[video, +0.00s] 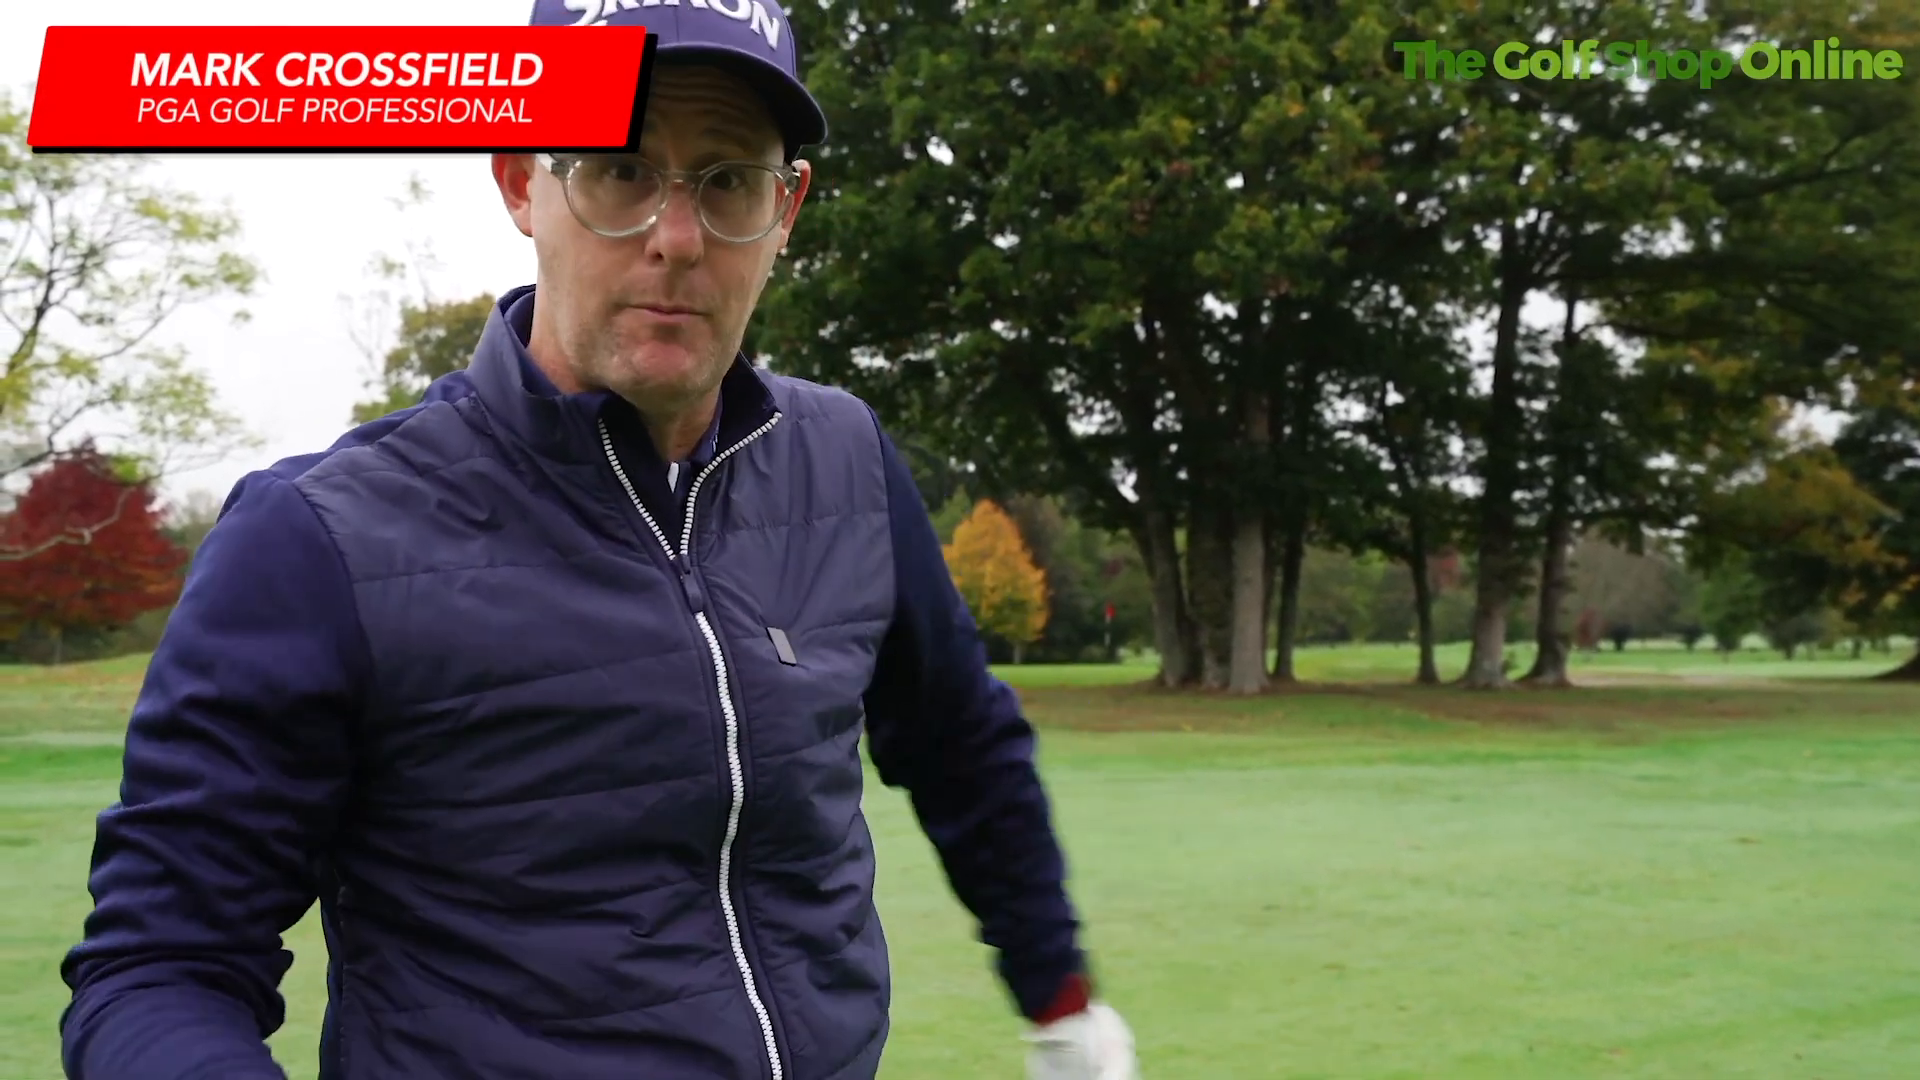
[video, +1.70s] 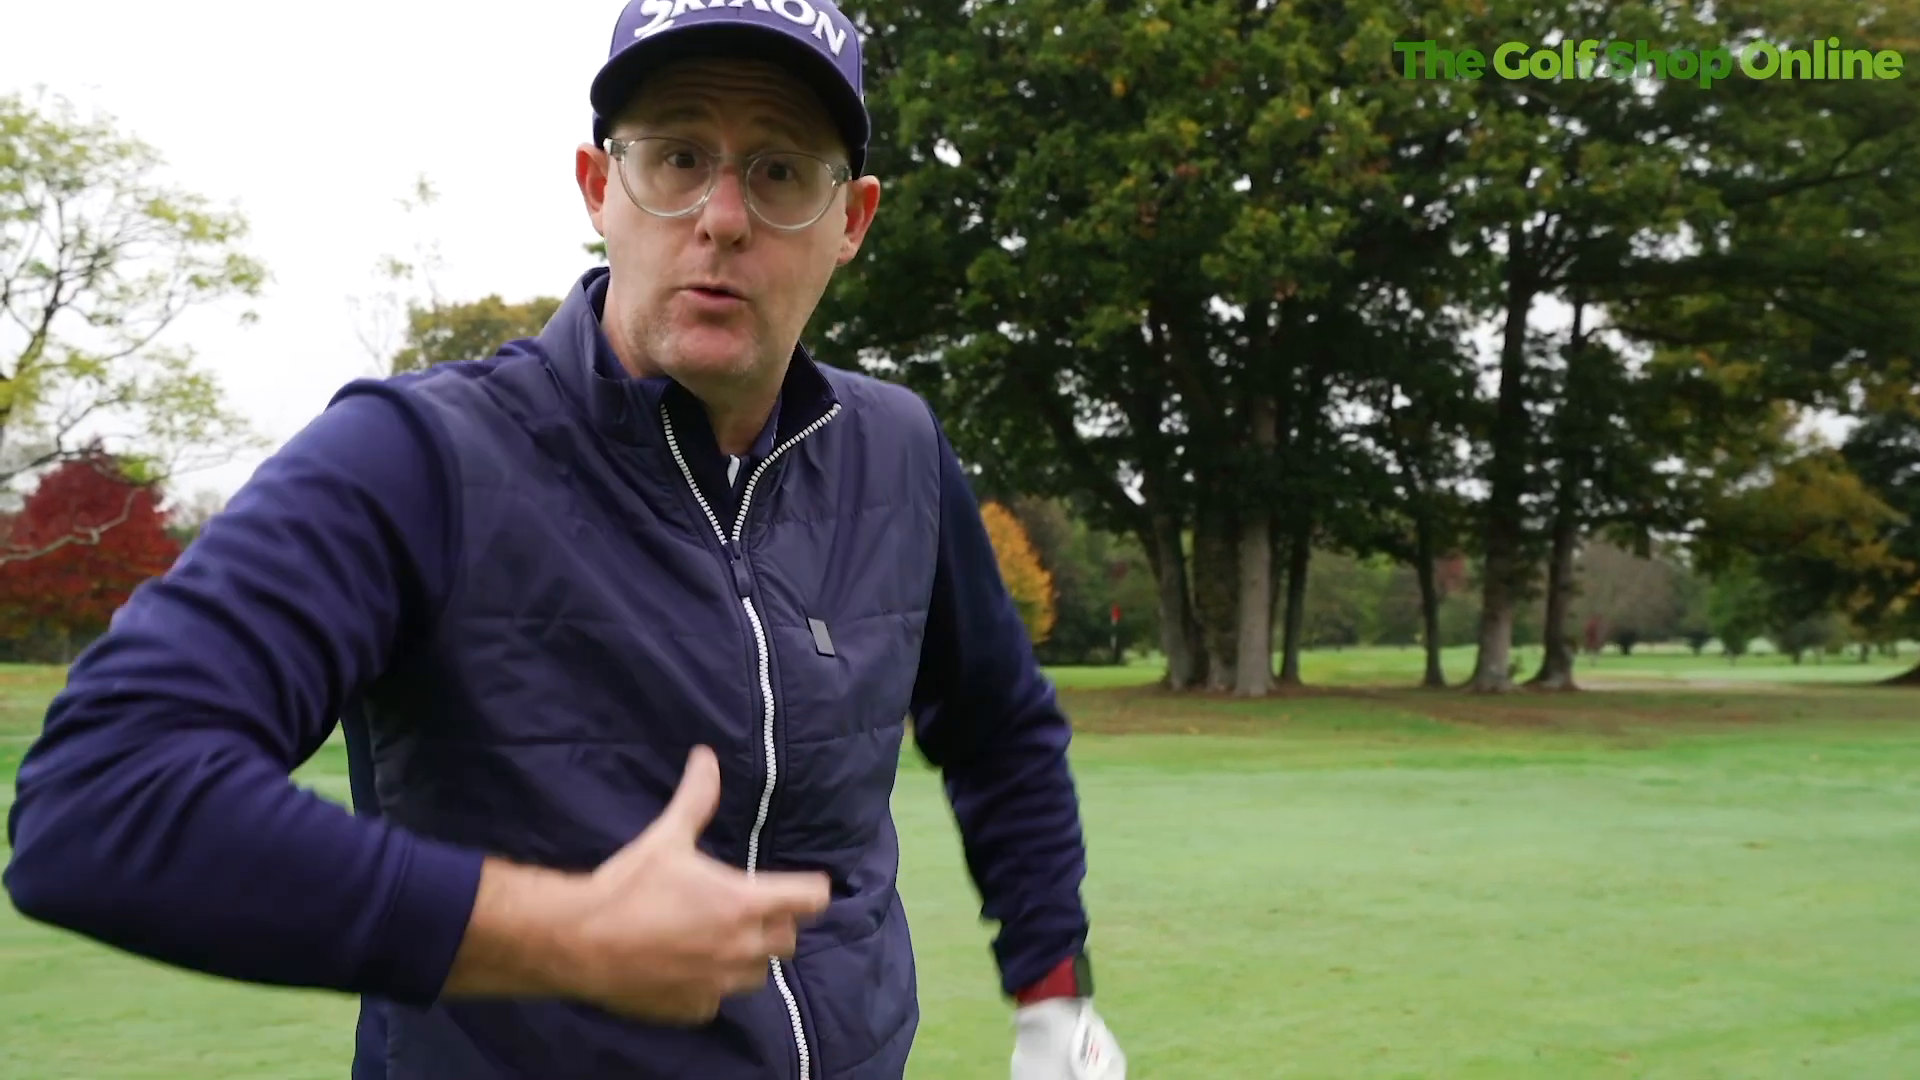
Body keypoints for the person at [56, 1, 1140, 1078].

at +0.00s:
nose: (675, 234)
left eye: (724, 178)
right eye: (621, 176)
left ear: (787, 219)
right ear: (526, 195)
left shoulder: (843, 469)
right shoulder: (321, 541)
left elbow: (966, 750)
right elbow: (161, 960)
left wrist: (1060, 998)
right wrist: (221, 1078)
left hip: (822, 1055)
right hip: (471, 1059)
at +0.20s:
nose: (760, 359)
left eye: (804, 298)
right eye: (707, 291)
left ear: (844, 268)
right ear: (577, 233)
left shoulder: (816, 454)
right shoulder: (334, 567)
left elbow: (923, 740)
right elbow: (194, 1002)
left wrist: (1010, 976)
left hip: (819, 1061)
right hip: (498, 1065)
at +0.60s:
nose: (792, 408)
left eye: (848, 360)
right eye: (760, 334)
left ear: (887, 342)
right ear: (637, 249)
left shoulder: (829, 479)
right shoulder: (367, 536)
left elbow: (977, 697)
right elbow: (254, 1009)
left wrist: (992, 818)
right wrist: (627, 1028)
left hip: (810, 1065)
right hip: (516, 1079)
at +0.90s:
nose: (745, 257)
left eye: (793, 209)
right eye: (694, 192)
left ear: (837, 250)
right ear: (590, 205)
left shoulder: (845, 471)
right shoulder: (369, 526)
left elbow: (996, 722)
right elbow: (245, 992)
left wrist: (993, 816)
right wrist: (611, 1010)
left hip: (817, 1063)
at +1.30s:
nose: (754, 278)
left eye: (814, 234)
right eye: (716, 205)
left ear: (871, 273)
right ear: (628, 205)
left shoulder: (879, 491)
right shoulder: (382, 508)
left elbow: (1015, 771)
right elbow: (196, 962)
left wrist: (1033, 968)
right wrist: (537, 1038)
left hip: (834, 1064)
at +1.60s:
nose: (740, 220)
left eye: (794, 174)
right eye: (698, 163)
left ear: (863, 232)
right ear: (613, 197)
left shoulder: (891, 486)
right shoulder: (409, 490)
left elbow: (984, 801)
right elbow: (108, 888)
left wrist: (1025, 1053)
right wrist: (529, 1022)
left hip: (850, 1058)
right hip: (539, 1076)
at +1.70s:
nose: (723, 218)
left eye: (779, 171)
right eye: (679, 161)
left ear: (851, 223)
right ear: (599, 191)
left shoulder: (898, 459)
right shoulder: (422, 455)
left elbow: (1006, 740)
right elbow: (98, 806)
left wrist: (1052, 1002)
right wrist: (546, 929)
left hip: (854, 1052)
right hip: (510, 1056)